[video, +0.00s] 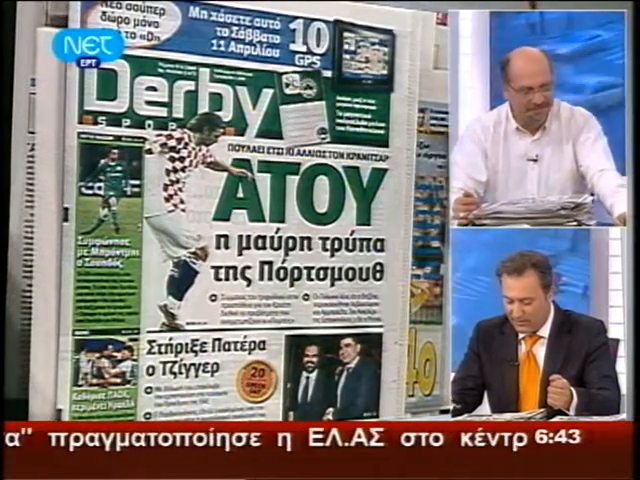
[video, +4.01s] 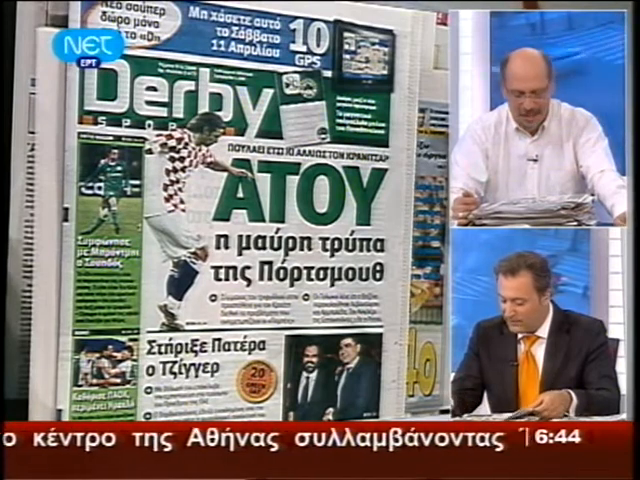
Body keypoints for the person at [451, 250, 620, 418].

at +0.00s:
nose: (516, 312)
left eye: (526, 302)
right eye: (509, 301)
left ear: (549, 294)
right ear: (503, 297)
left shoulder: (588, 332)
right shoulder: (487, 334)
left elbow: (610, 403)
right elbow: (461, 400)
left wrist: (574, 400)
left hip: (568, 450)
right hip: (504, 450)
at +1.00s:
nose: (515, 312)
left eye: (526, 302)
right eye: (509, 301)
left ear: (549, 294)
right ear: (502, 296)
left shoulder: (588, 332)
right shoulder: (487, 334)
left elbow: (610, 402)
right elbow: (464, 393)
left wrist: (574, 400)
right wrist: (457, 402)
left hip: (567, 451)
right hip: (502, 450)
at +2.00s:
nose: (511, 312)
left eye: (522, 302)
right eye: (506, 301)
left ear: (547, 296)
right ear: (500, 297)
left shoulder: (588, 332)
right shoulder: (486, 334)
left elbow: (610, 402)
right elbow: (465, 391)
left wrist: (574, 400)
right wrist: (456, 401)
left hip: (568, 451)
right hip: (503, 450)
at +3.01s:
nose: (510, 313)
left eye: (521, 303)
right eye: (505, 302)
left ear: (547, 297)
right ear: (500, 297)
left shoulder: (588, 333)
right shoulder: (487, 335)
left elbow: (610, 401)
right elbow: (460, 400)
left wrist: (569, 399)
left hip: (570, 452)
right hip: (505, 450)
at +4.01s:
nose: (508, 312)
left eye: (519, 303)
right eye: (503, 301)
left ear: (546, 297)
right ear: (498, 296)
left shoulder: (588, 333)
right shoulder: (486, 334)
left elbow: (610, 401)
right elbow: (462, 401)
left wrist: (570, 400)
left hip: (569, 451)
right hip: (506, 450)